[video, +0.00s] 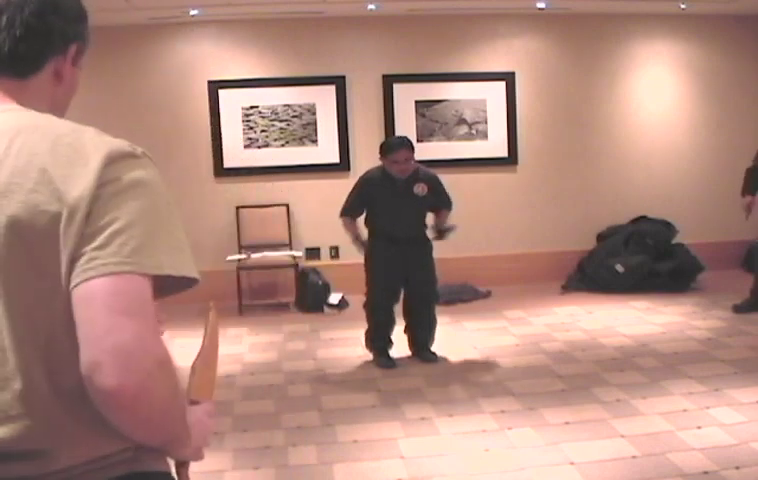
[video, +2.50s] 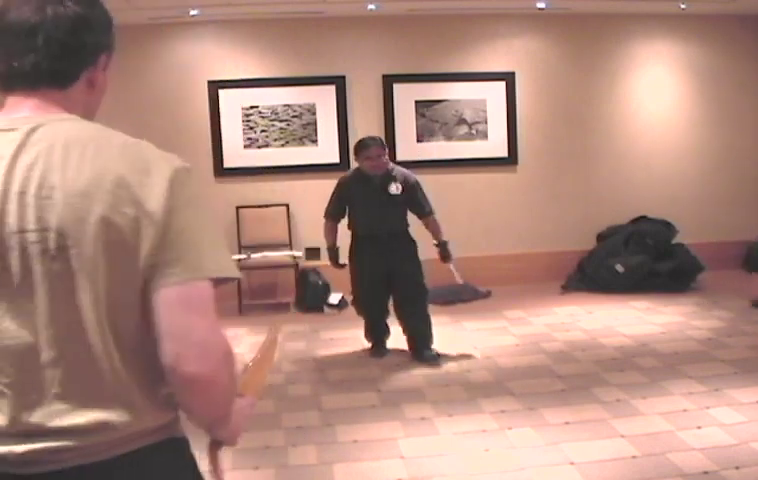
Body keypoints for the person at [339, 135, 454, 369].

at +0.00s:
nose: (403, 167)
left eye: (407, 161)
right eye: (396, 162)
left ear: (414, 157)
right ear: (384, 162)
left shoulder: (427, 179)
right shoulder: (371, 180)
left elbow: (443, 206)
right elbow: (347, 215)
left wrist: (439, 227)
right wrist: (358, 241)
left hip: (417, 248)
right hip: (381, 248)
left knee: (423, 297)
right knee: (380, 300)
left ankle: (421, 346)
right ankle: (379, 349)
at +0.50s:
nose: (387, 165)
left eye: (391, 160)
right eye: (381, 161)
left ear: (399, 158)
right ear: (370, 161)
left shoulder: (412, 181)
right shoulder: (357, 181)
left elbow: (426, 210)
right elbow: (342, 214)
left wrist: (409, 227)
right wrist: (374, 218)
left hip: (404, 248)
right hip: (370, 250)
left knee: (417, 298)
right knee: (369, 299)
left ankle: (420, 345)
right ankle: (373, 342)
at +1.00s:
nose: (398, 172)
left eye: (404, 166)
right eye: (392, 166)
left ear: (411, 166)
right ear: (381, 166)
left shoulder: (419, 190)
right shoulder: (365, 182)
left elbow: (427, 224)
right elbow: (340, 211)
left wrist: (410, 234)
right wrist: (360, 226)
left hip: (402, 250)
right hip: (367, 250)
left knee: (412, 302)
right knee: (365, 299)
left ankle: (422, 354)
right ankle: (374, 341)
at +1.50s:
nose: (413, 174)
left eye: (420, 168)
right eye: (408, 167)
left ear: (434, 166)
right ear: (401, 164)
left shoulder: (441, 191)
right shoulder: (389, 178)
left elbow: (426, 225)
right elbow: (369, 201)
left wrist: (400, 244)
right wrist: (371, 221)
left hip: (419, 251)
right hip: (384, 247)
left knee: (423, 304)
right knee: (370, 295)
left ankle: (423, 357)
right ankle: (367, 338)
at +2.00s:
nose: (410, 169)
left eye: (416, 163)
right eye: (405, 164)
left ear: (427, 163)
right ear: (396, 164)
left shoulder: (436, 188)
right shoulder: (382, 181)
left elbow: (445, 234)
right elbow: (359, 215)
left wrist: (444, 271)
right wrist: (359, 245)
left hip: (419, 251)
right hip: (382, 250)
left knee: (424, 305)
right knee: (370, 301)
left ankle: (423, 358)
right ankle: (373, 340)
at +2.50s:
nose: (377, 162)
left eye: (380, 156)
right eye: (370, 159)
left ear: (387, 154)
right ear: (359, 162)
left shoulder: (404, 179)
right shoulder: (348, 183)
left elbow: (426, 215)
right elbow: (331, 218)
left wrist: (441, 242)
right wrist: (332, 248)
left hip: (400, 245)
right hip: (364, 248)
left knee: (412, 296)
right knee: (369, 299)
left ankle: (421, 345)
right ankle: (378, 339)